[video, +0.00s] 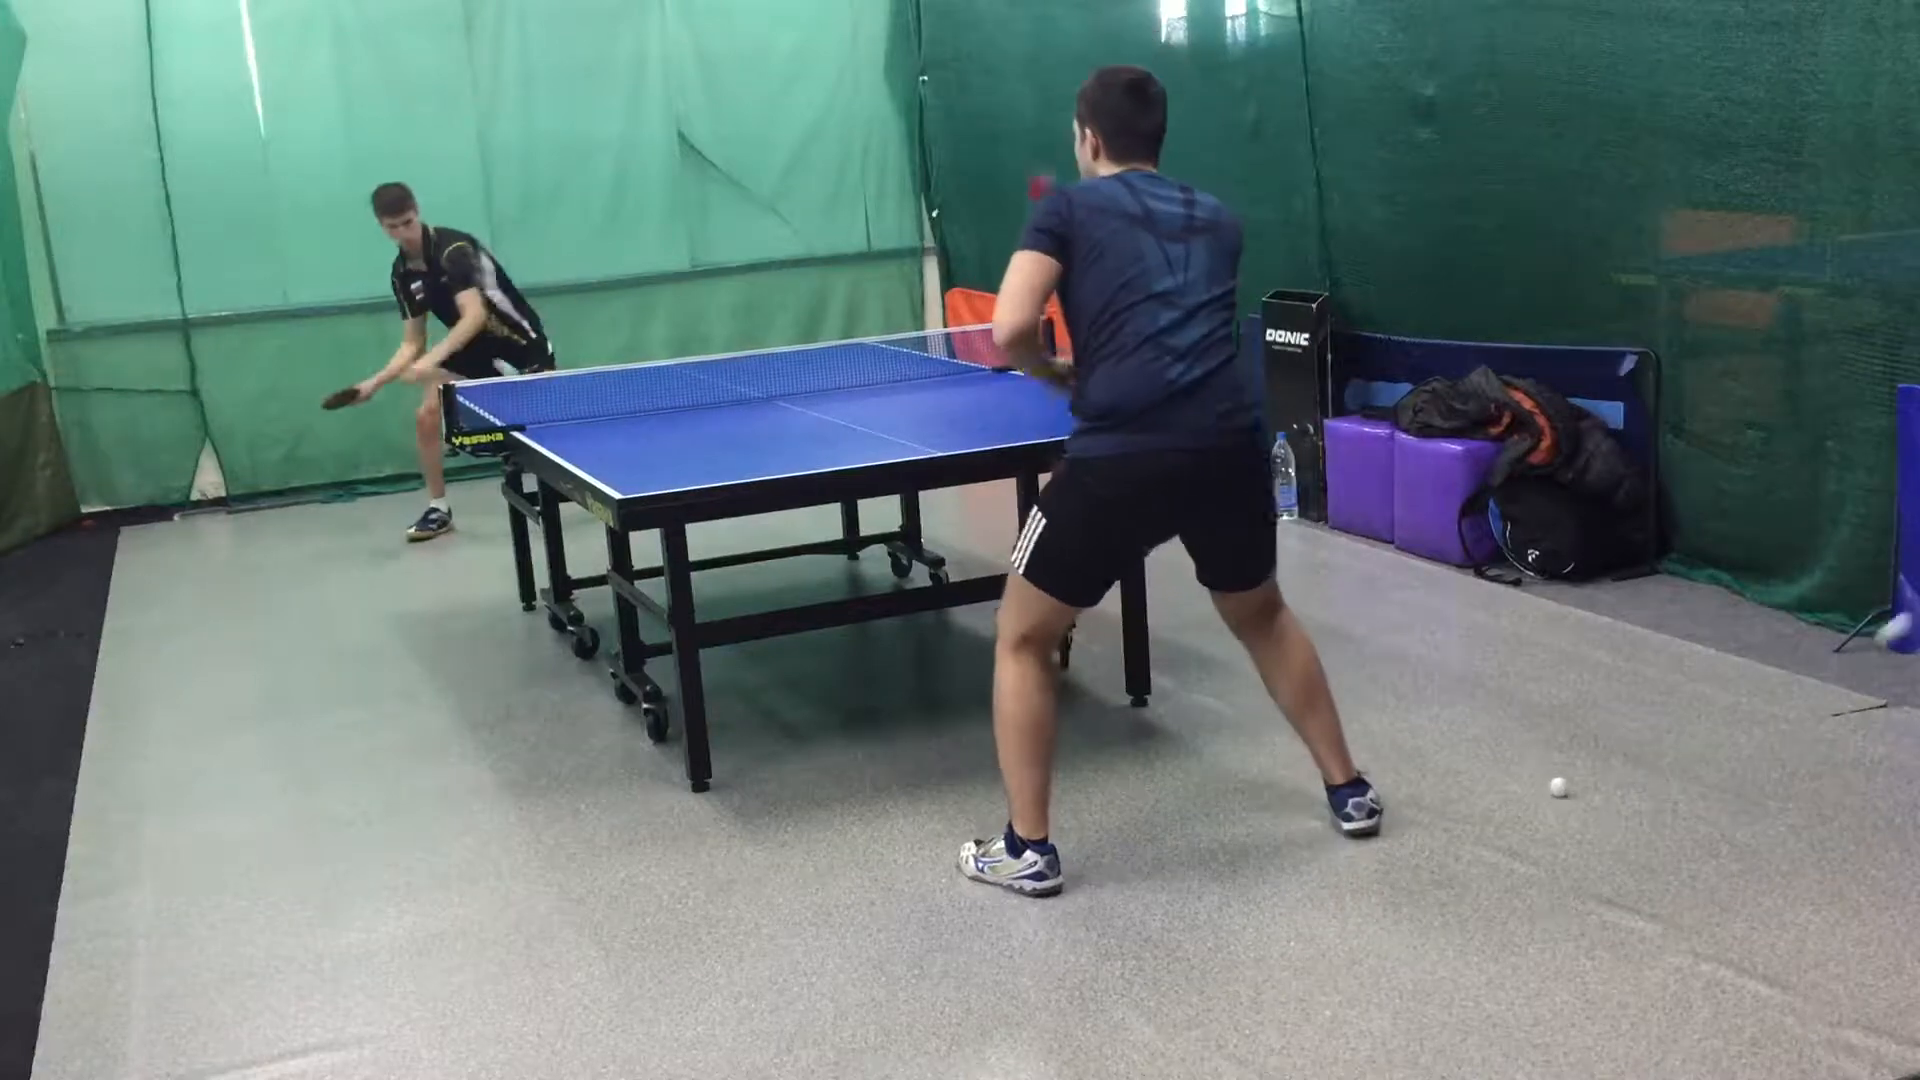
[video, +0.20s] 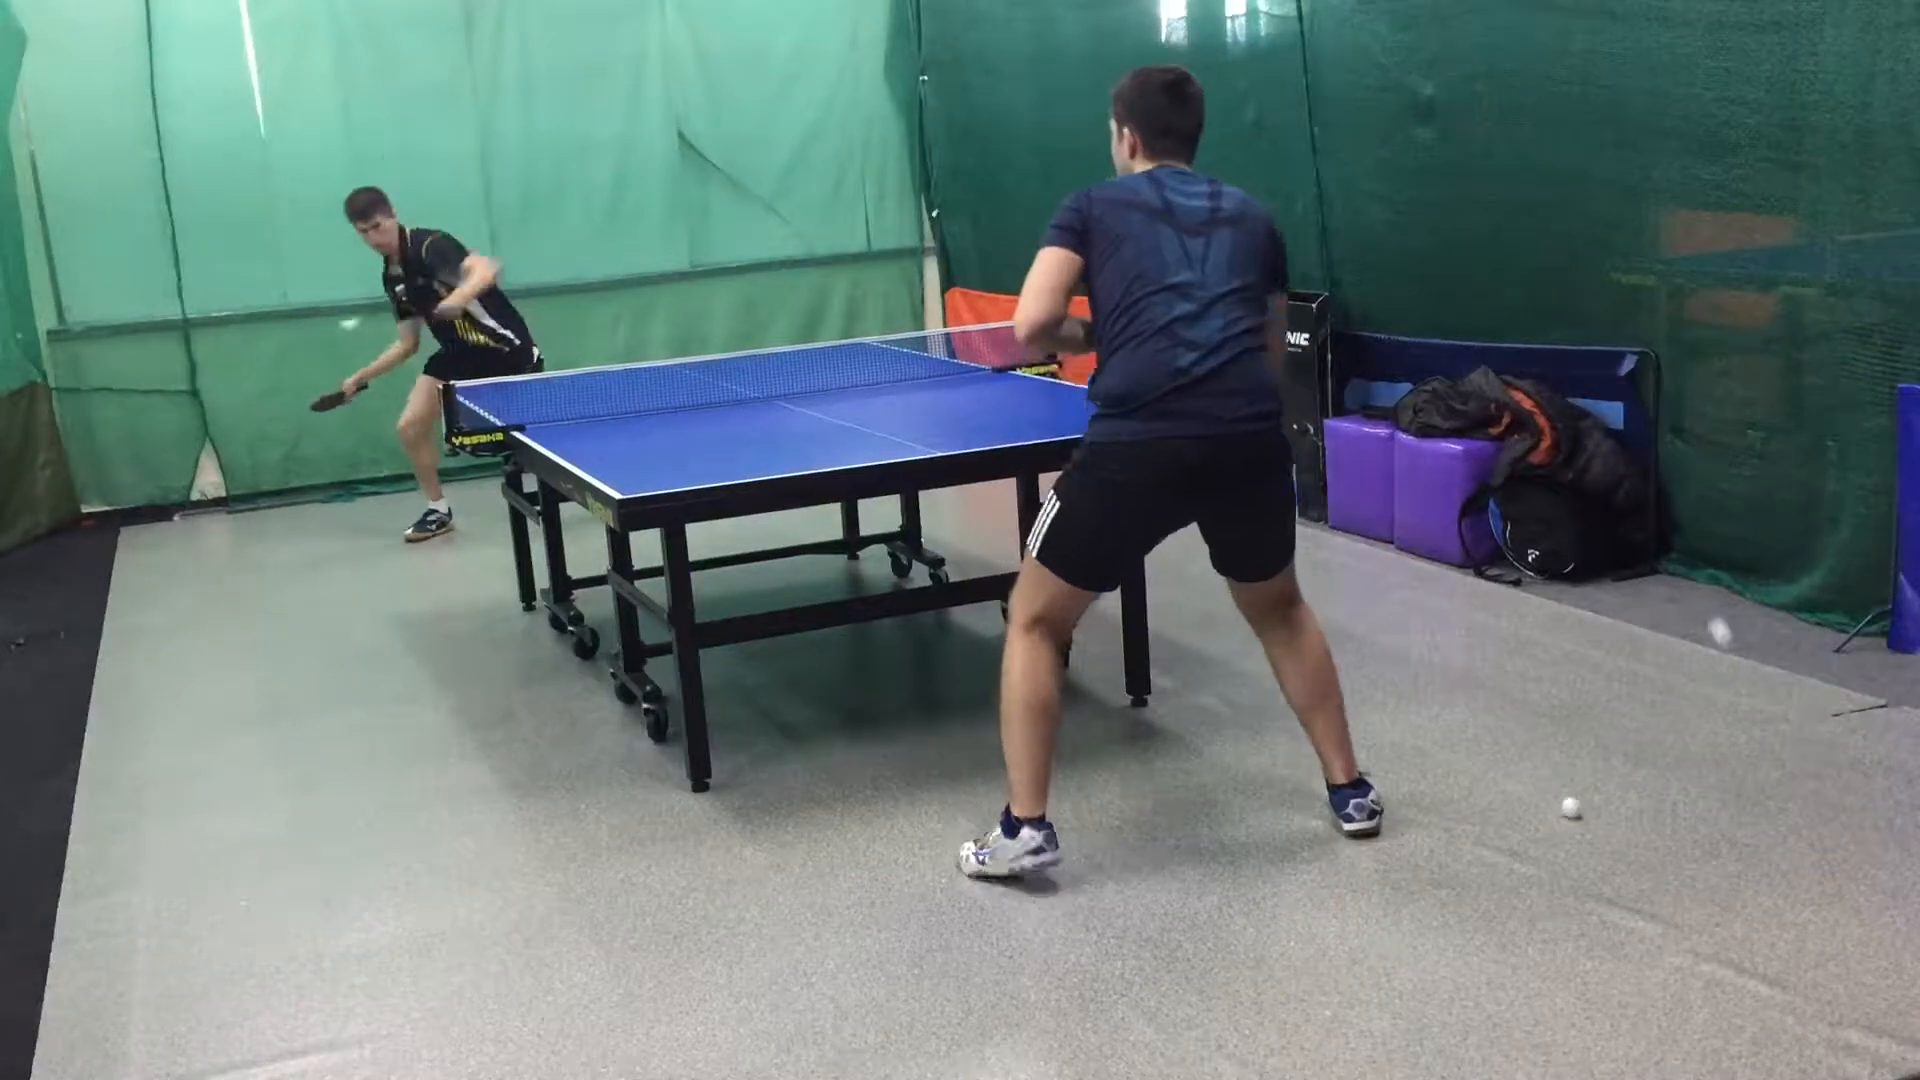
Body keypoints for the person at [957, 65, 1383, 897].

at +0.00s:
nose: (1075, 145)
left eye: (1075, 134)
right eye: (1081, 133)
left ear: (1087, 139)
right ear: (1159, 139)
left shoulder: (1069, 207)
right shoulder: (1215, 215)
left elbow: (1013, 327)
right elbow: (1204, 324)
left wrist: (1053, 370)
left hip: (1120, 465)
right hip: (1228, 457)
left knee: (1024, 639)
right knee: (1265, 618)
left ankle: (1028, 845)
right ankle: (1349, 791)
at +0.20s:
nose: (1112, 144)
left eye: (1113, 134)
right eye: (1117, 132)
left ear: (1125, 139)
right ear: (1196, 140)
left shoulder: (1094, 207)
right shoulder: (1252, 216)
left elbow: (1034, 326)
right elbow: (1271, 347)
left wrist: (1087, 332)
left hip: (1135, 451)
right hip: (1248, 447)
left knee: (1038, 624)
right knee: (1281, 611)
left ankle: (1026, 826)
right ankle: (1351, 791)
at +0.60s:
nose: (1164, 187)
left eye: (1164, 177)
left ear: (1172, 184)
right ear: (1244, 192)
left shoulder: (1114, 247)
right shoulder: (1276, 270)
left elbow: (1036, 358)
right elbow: (1292, 414)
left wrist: (1115, 379)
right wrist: (1326, 385)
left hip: (1111, 493)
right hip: (1232, 493)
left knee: (1029, 646)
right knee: (1301, 613)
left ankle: (1024, 842)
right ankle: (1348, 791)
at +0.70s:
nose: (1163, 169)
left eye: (1164, 159)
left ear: (1171, 164)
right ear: (1243, 174)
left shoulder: (1120, 230)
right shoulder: (1281, 259)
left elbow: (1042, 342)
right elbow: (1290, 397)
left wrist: (1115, 360)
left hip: (1128, 481)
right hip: (1245, 479)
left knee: (1040, 641)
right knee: (1302, 611)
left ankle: (1025, 841)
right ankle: (1348, 790)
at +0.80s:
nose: (1151, 145)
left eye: (1152, 135)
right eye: (1164, 136)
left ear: (1162, 141)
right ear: (1233, 149)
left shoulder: (1117, 208)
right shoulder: (1276, 232)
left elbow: (1046, 324)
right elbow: (1276, 345)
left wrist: (1109, 340)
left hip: (1146, 460)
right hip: (1261, 456)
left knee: (1049, 636)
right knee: (1299, 610)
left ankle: (1027, 839)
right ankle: (1351, 786)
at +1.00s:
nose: (1117, 152)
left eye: (1119, 142)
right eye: (1121, 142)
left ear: (1130, 146)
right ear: (1201, 149)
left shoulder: (1105, 219)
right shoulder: (1254, 228)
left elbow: (1051, 337)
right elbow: (1232, 329)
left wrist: (1101, 353)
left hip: (1152, 474)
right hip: (1263, 466)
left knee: (1038, 636)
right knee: (1286, 617)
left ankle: (1037, 841)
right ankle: (1369, 789)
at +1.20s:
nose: (1111, 134)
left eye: (1112, 123)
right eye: (1114, 122)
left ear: (1126, 128)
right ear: (1197, 131)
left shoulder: (1091, 199)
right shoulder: (1251, 209)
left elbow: (1027, 314)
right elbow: (1275, 356)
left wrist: (1087, 339)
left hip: (1132, 452)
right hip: (1244, 449)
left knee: (1040, 634)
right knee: (1284, 611)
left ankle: (1033, 840)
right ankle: (1366, 790)